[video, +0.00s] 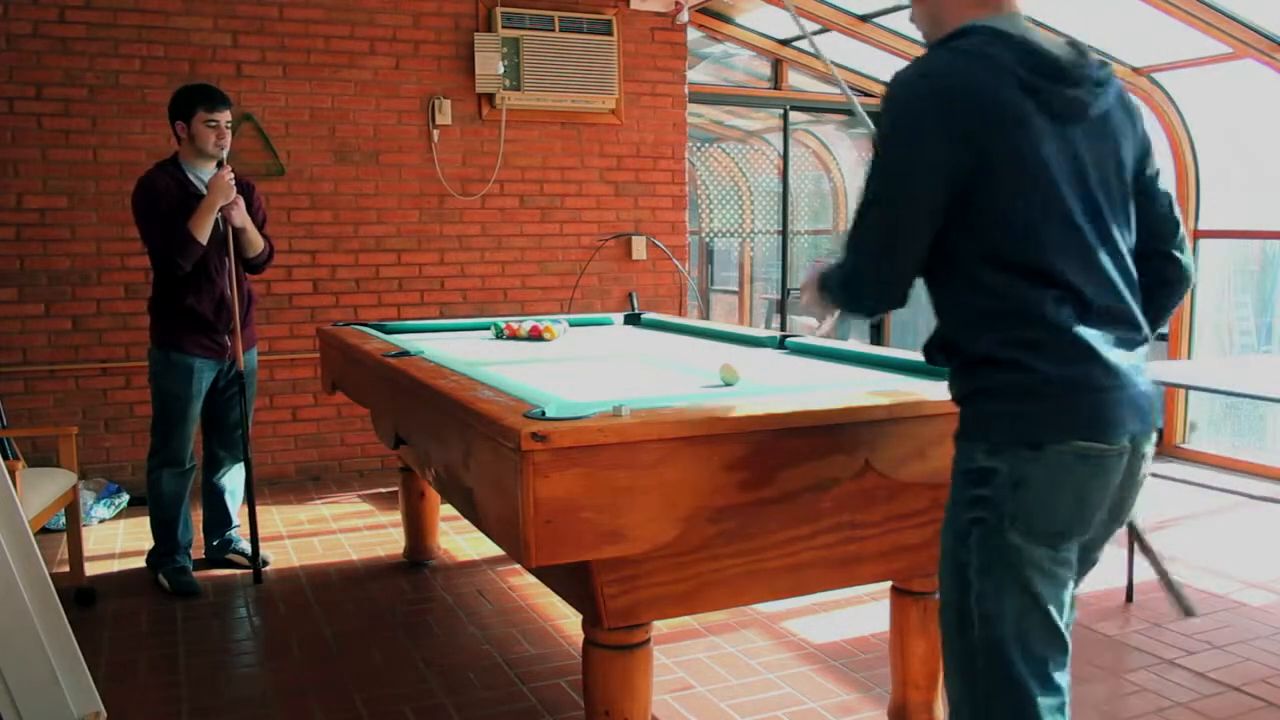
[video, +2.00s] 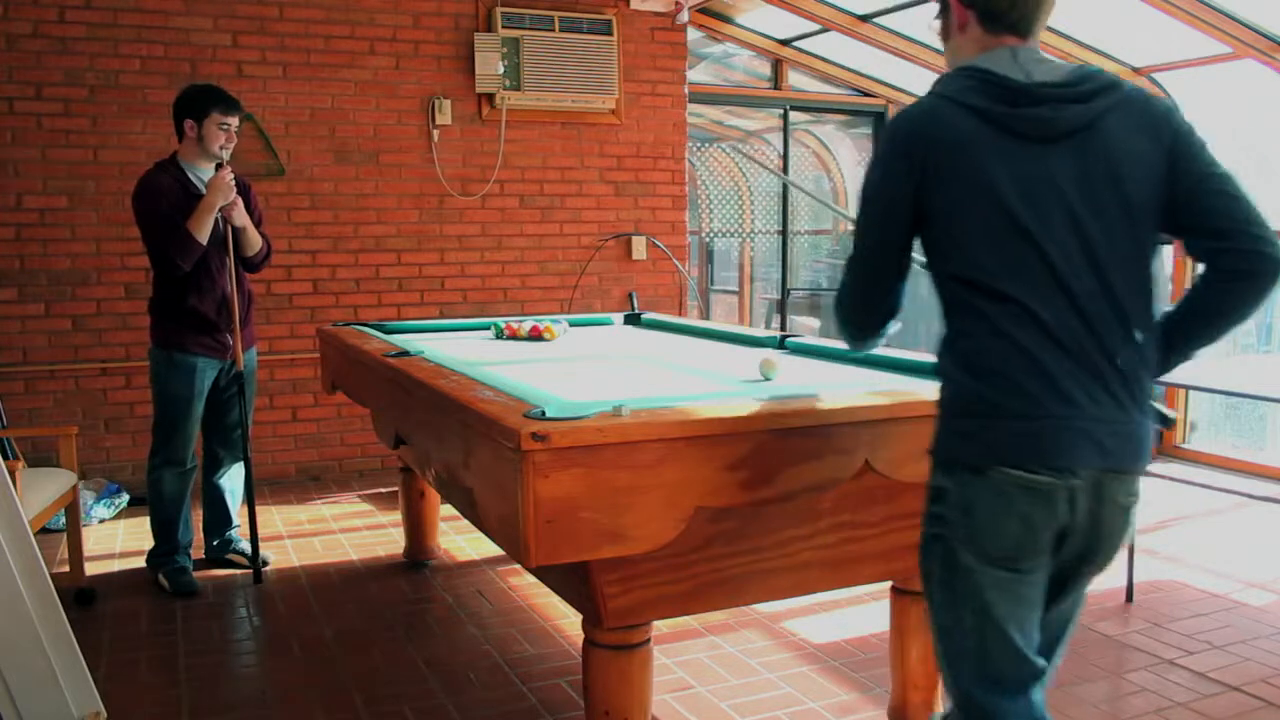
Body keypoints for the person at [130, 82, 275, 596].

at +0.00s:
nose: (223, 134)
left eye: (228, 126)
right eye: (212, 125)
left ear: (232, 131)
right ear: (181, 129)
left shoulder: (240, 186)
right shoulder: (156, 187)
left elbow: (259, 262)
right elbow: (175, 262)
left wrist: (243, 223)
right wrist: (209, 205)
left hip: (238, 339)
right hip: (183, 341)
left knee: (229, 450)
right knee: (175, 454)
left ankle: (223, 542)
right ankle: (171, 558)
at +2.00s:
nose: (231, 138)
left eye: (235, 129)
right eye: (223, 128)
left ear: (236, 133)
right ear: (190, 128)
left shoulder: (235, 184)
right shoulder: (156, 187)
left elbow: (257, 261)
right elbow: (176, 261)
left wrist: (242, 221)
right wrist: (209, 204)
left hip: (238, 339)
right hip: (184, 341)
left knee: (229, 450)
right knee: (176, 455)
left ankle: (223, 542)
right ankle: (171, 558)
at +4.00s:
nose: (226, 137)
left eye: (229, 128)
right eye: (217, 127)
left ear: (224, 133)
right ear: (183, 129)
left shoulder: (223, 187)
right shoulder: (152, 186)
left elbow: (255, 265)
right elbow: (176, 265)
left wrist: (255, 241)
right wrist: (229, 226)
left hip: (231, 339)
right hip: (183, 341)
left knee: (233, 452)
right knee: (188, 457)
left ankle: (224, 541)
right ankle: (193, 566)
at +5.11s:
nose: (216, 139)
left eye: (217, 130)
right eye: (209, 129)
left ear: (183, 131)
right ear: (176, 129)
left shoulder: (203, 186)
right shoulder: (140, 186)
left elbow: (224, 267)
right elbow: (170, 271)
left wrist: (249, 246)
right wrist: (233, 229)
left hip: (229, 338)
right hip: (183, 344)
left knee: (239, 450)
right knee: (190, 459)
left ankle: (236, 544)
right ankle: (193, 567)